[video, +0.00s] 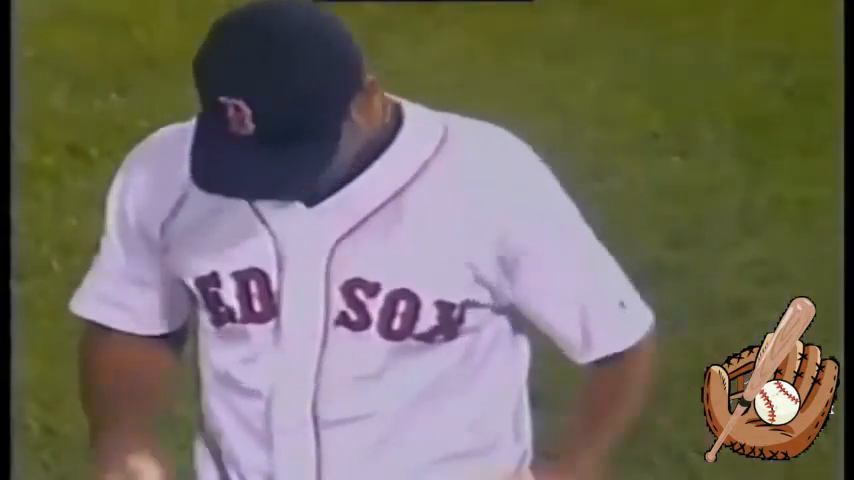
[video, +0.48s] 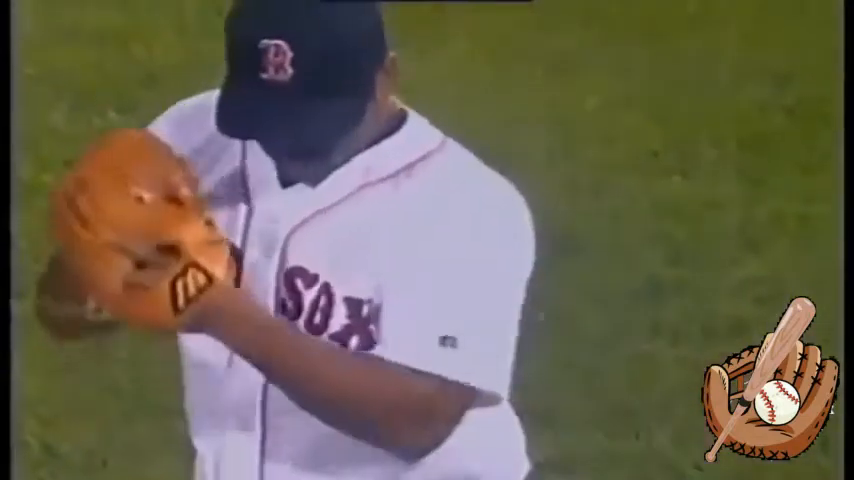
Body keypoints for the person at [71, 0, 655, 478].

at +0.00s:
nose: (277, 186)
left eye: (298, 167)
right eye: (254, 172)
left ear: (360, 106)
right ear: (217, 118)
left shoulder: (489, 176)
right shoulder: (167, 175)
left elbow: (626, 341)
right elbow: (127, 320)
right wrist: (127, 450)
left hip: (457, 469)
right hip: (245, 468)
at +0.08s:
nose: (278, 173)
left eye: (303, 148)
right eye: (255, 153)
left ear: (364, 88)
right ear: (220, 104)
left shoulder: (485, 175)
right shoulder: (162, 171)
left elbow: (595, 366)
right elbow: (120, 315)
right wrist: (140, 405)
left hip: (436, 470)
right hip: (237, 470)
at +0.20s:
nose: (279, 161)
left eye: (302, 138)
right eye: (254, 140)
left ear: (366, 78)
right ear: (219, 93)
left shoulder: (478, 184)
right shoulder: (158, 161)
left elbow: (521, 407)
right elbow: (95, 329)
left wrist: (318, 411)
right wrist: (180, 388)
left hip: (429, 469)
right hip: (227, 470)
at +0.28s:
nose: (279, 155)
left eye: (301, 132)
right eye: (257, 137)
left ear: (368, 77)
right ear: (223, 93)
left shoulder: (473, 195)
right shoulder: (159, 157)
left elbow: (473, 420)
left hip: (411, 471)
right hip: (223, 465)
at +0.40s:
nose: (281, 157)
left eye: (304, 137)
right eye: (263, 136)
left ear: (376, 80)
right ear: (233, 94)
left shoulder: (470, 207)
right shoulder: (175, 144)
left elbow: (432, 426)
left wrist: (236, 335)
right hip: (224, 464)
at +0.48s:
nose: (288, 153)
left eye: (314, 136)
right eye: (270, 130)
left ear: (385, 82)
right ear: (246, 87)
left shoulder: (475, 209)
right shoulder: (194, 135)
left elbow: (417, 424)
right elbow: (61, 315)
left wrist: (228, 316)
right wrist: (110, 245)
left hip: (419, 470)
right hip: (233, 464)